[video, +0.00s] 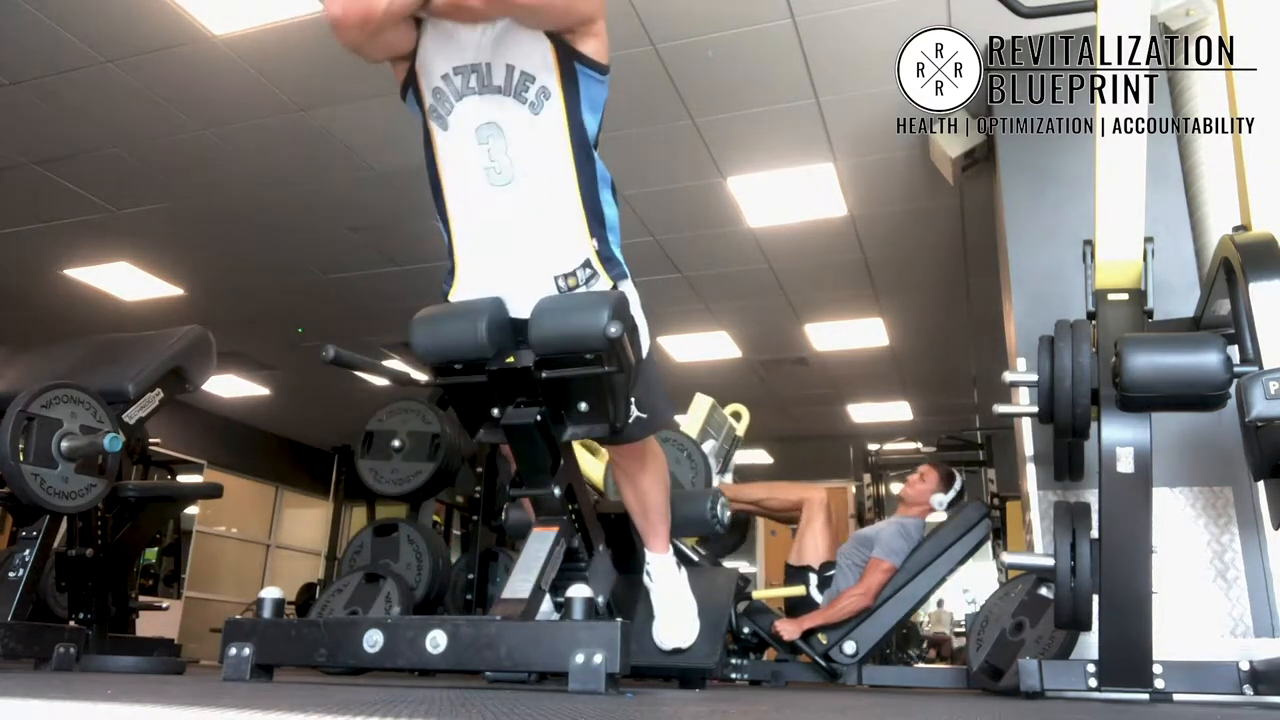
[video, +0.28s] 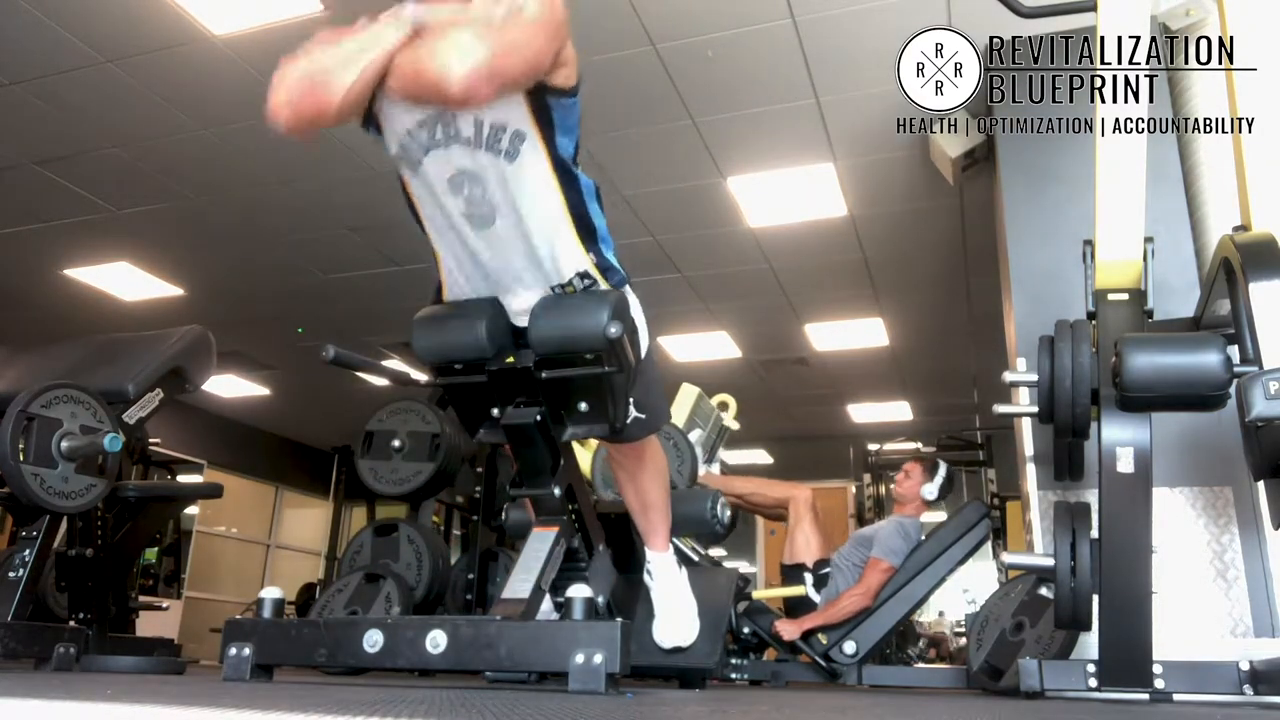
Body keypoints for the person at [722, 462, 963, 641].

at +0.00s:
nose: (910, 478)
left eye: (922, 479)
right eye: (916, 473)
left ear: (935, 501)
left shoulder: (900, 531)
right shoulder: (902, 525)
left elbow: (864, 595)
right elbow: (865, 592)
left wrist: (801, 623)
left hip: (815, 606)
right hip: (820, 599)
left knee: (817, 498)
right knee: (813, 502)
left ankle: (720, 490)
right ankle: (727, 499)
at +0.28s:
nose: (897, 479)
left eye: (907, 476)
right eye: (901, 473)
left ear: (925, 493)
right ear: (920, 494)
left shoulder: (897, 529)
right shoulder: (905, 527)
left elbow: (865, 596)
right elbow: (867, 592)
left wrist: (801, 624)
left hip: (813, 604)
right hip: (817, 598)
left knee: (802, 497)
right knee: (798, 502)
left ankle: (706, 478)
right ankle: (723, 490)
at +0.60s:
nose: (878, 483)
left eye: (884, 477)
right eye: (880, 476)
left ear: (904, 484)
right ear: (906, 485)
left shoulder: (894, 528)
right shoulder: (898, 527)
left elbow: (870, 597)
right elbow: (870, 595)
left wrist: (806, 622)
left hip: (814, 607)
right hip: (818, 602)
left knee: (763, 503)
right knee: (766, 505)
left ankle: (678, 461)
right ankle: (689, 467)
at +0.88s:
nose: (870, 487)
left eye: (872, 480)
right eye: (870, 480)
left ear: (886, 478)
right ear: (898, 479)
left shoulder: (895, 526)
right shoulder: (896, 524)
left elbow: (871, 586)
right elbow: (870, 583)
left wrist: (805, 579)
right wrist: (810, 579)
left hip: (817, 613)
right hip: (820, 605)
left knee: (753, 508)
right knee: (754, 510)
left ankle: (672, 459)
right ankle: (682, 464)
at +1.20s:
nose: (868, 492)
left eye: (869, 484)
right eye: (867, 485)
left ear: (882, 480)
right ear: (897, 481)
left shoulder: (893, 523)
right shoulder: (895, 522)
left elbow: (882, 586)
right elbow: (876, 584)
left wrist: (815, 606)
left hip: (813, 599)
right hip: (816, 596)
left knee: (754, 510)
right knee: (757, 513)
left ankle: (671, 458)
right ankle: (684, 464)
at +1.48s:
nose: (867, 488)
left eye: (868, 481)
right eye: (867, 481)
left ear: (882, 479)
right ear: (898, 481)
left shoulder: (891, 526)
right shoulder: (898, 524)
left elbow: (870, 592)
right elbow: (872, 592)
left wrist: (819, 640)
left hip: (813, 615)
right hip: (821, 607)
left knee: (759, 506)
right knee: (762, 508)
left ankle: (676, 463)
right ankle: (689, 472)